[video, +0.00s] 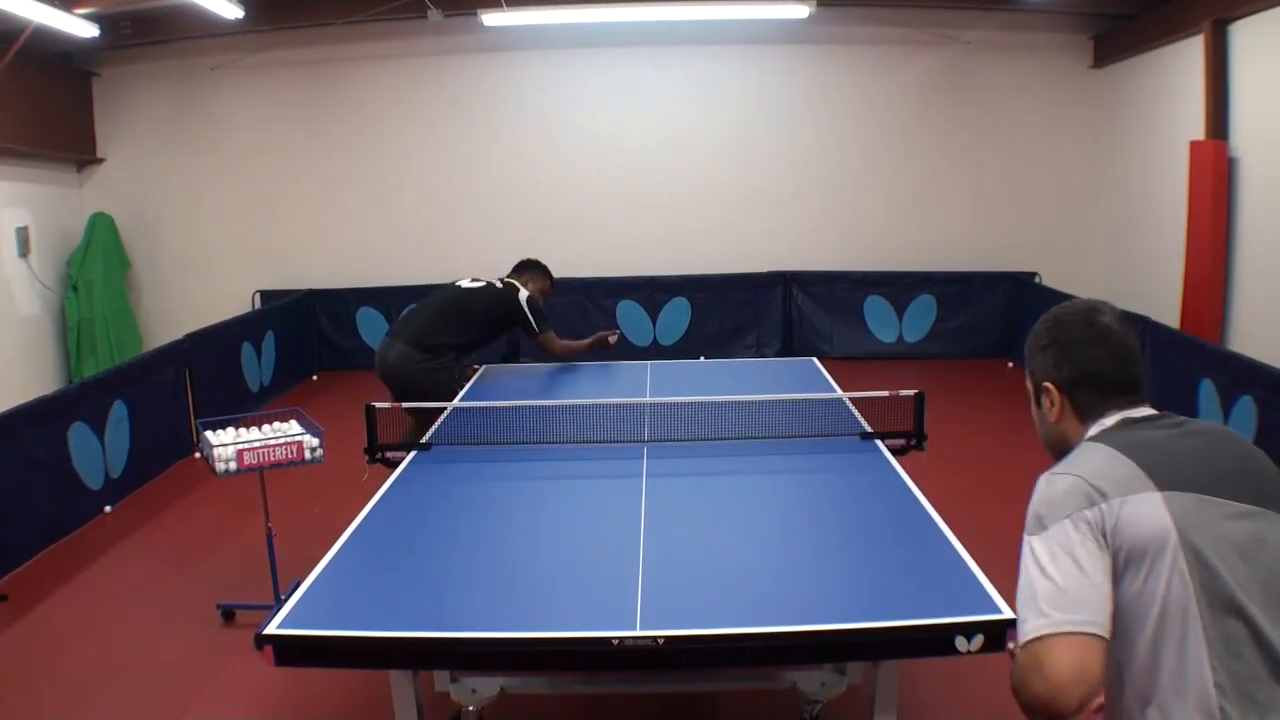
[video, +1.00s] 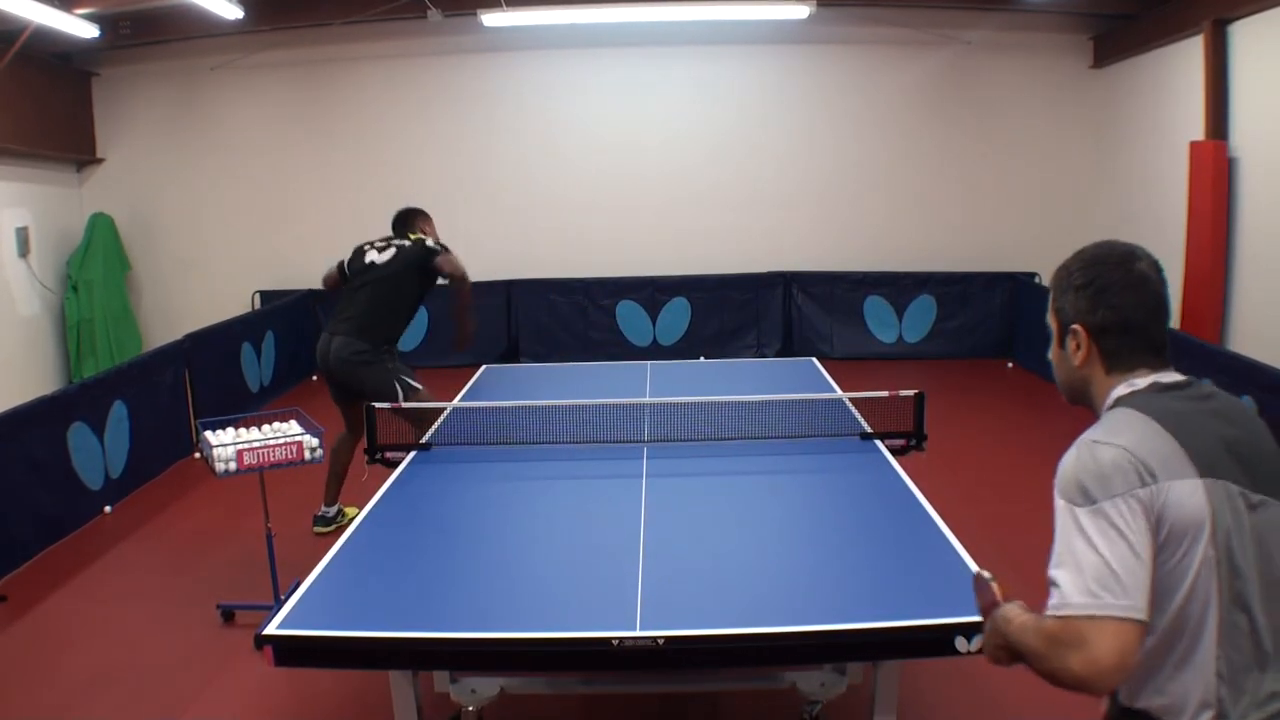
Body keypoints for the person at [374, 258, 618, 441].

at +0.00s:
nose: (542, 300)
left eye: (546, 295)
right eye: (543, 292)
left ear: (513, 275)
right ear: (530, 280)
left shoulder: (476, 285)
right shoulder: (519, 297)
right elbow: (556, 351)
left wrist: (462, 369)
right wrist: (594, 342)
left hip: (391, 357)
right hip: (419, 363)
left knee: (427, 421)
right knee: (464, 414)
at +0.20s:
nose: (524, 269)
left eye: (525, 262)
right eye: (523, 261)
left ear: (492, 249)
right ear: (508, 252)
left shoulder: (450, 263)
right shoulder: (504, 273)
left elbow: (428, 310)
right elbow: (549, 314)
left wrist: (455, 355)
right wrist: (598, 316)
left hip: (383, 351)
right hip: (418, 359)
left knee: (408, 413)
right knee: (468, 413)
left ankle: (366, 490)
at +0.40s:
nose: (483, 236)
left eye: (483, 230)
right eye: (481, 230)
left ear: (447, 227)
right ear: (467, 226)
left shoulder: (413, 254)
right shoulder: (465, 247)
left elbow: (405, 300)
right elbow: (527, 254)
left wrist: (444, 329)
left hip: (367, 353)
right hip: (403, 359)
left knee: (374, 427)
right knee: (465, 415)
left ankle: (331, 505)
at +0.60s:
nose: (444, 223)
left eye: (443, 218)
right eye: (439, 218)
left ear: (407, 223)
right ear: (420, 219)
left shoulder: (378, 252)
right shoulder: (426, 236)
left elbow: (343, 304)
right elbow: (483, 213)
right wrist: (533, 190)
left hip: (339, 345)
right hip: (375, 347)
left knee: (357, 427)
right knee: (426, 428)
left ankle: (329, 509)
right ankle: (440, 509)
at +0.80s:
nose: (427, 217)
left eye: (426, 212)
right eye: (423, 212)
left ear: (391, 216)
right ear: (407, 213)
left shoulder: (358, 242)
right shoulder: (415, 228)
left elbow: (321, 284)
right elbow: (462, 216)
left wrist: (345, 318)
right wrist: (512, 230)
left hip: (332, 342)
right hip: (370, 343)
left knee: (350, 423)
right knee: (415, 424)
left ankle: (328, 509)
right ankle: (427, 509)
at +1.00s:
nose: (435, 234)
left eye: (432, 229)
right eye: (432, 229)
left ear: (399, 231)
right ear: (422, 228)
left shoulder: (367, 249)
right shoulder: (424, 247)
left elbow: (329, 280)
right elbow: (458, 272)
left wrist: (364, 281)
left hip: (329, 351)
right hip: (366, 353)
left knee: (353, 427)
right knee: (433, 421)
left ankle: (328, 511)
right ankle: (444, 503)